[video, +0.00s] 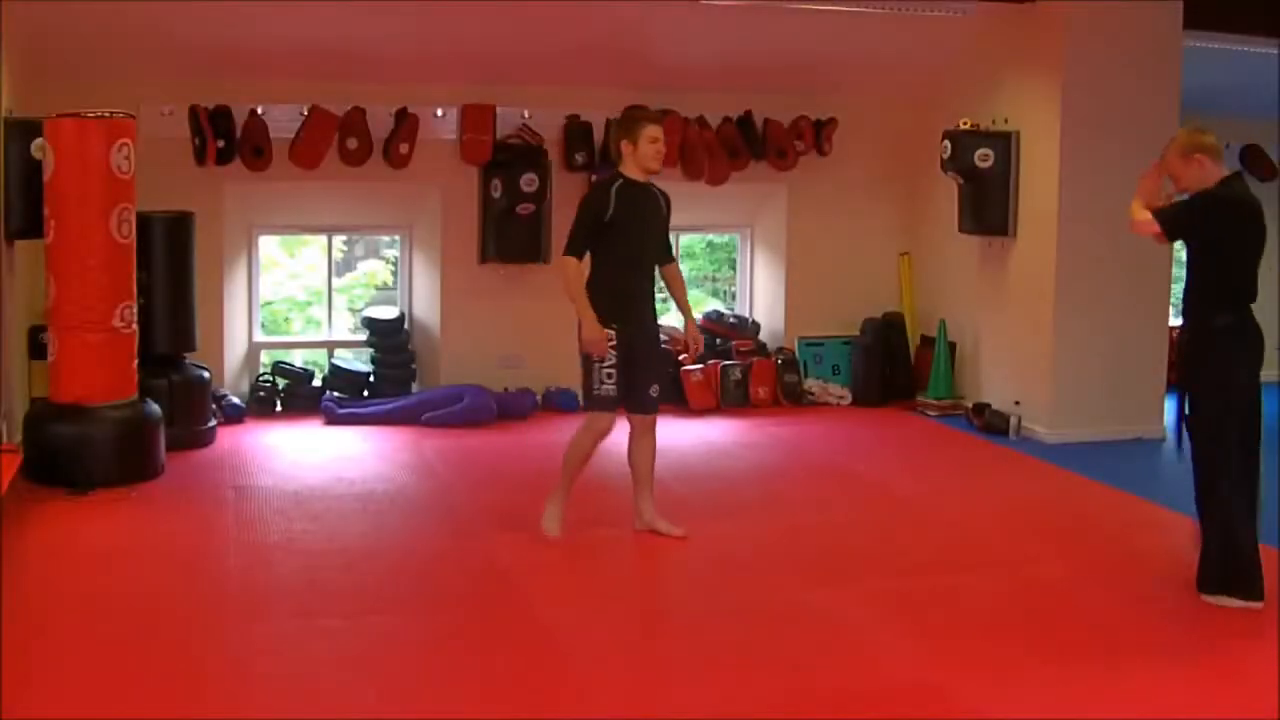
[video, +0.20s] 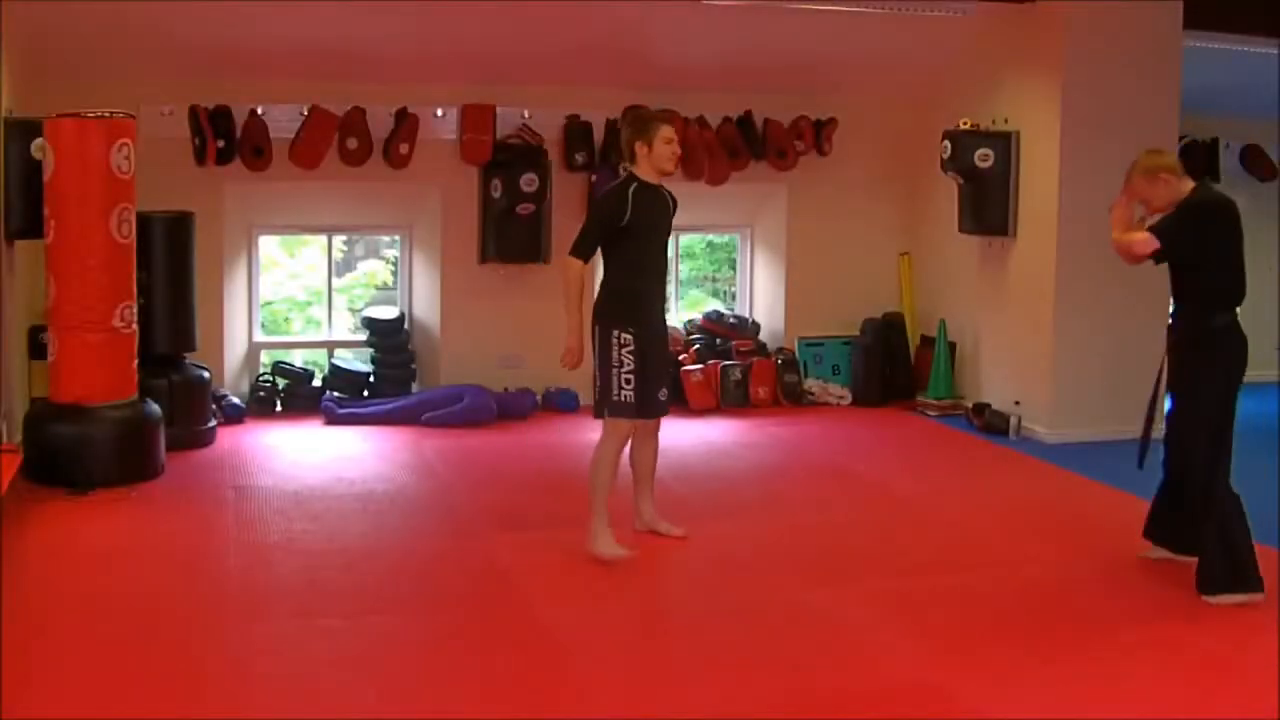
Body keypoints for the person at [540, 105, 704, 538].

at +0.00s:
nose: (662, 149)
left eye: (663, 142)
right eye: (653, 142)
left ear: (657, 147)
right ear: (625, 146)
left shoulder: (658, 199)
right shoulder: (602, 195)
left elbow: (666, 262)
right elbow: (569, 262)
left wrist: (688, 317)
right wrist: (587, 321)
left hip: (643, 322)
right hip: (604, 323)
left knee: (644, 420)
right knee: (600, 420)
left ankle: (645, 512)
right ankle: (558, 500)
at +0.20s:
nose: (677, 150)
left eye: (677, 143)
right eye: (668, 143)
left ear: (664, 150)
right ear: (640, 148)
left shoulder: (665, 200)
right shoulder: (618, 195)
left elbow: (650, 266)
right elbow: (576, 260)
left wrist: (660, 324)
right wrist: (574, 333)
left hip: (651, 322)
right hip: (618, 322)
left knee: (649, 424)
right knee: (617, 429)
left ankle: (646, 513)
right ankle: (598, 529)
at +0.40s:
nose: (683, 159)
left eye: (684, 151)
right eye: (675, 151)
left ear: (660, 155)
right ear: (647, 153)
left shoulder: (658, 204)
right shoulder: (621, 204)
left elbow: (645, 276)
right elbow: (586, 272)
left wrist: (657, 328)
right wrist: (587, 343)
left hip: (648, 328)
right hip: (622, 330)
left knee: (659, 422)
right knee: (633, 430)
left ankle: (642, 512)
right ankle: (615, 543)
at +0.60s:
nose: (715, 180)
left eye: (717, 172)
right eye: (712, 170)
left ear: (684, 165)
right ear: (684, 162)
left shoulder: (661, 206)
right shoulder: (644, 207)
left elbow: (631, 280)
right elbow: (600, 277)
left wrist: (640, 333)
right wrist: (596, 347)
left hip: (632, 332)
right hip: (616, 336)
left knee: (641, 428)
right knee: (622, 434)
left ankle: (625, 528)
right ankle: (614, 543)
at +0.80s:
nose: (750, 232)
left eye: (753, 223)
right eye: (749, 221)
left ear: (721, 214)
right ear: (723, 214)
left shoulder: (681, 235)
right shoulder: (665, 233)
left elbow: (619, 288)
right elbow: (600, 284)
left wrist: (607, 341)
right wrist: (589, 351)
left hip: (609, 331)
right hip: (593, 334)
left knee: (616, 431)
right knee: (607, 433)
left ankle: (620, 534)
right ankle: (612, 543)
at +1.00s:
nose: (751, 214)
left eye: (753, 204)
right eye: (748, 202)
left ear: (722, 197)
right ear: (722, 197)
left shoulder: (683, 226)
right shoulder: (666, 225)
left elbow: (628, 291)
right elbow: (608, 283)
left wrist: (655, 330)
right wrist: (598, 351)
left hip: (620, 332)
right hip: (605, 333)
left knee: (628, 433)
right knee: (617, 435)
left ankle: (622, 534)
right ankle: (614, 544)